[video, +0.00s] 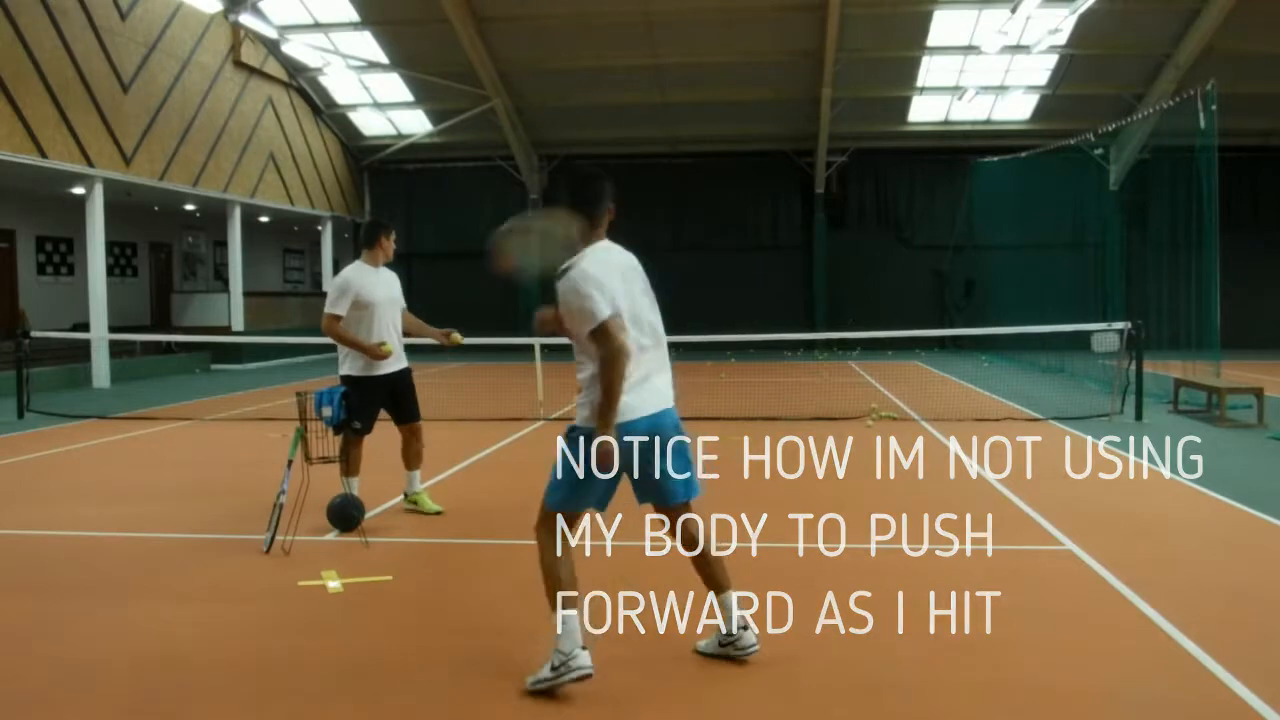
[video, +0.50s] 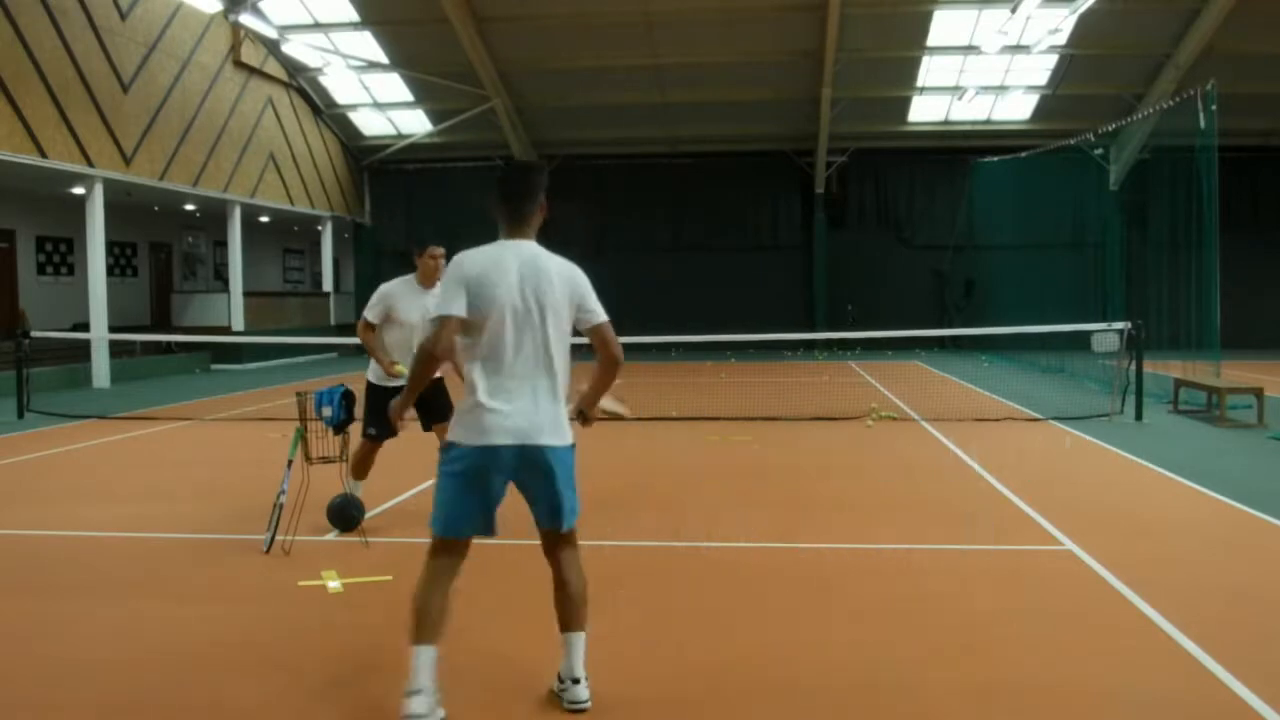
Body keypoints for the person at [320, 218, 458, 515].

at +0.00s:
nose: (395, 247)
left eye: (394, 241)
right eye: (393, 241)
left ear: (379, 242)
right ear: (381, 242)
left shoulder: (391, 277)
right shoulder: (347, 278)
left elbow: (401, 318)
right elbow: (329, 325)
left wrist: (437, 334)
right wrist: (366, 348)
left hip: (397, 371)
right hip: (360, 375)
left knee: (412, 429)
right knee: (353, 437)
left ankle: (413, 492)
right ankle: (351, 502)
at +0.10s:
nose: (398, 249)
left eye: (397, 243)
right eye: (395, 243)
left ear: (383, 245)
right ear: (384, 244)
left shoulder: (394, 279)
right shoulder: (349, 281)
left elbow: (407, 318)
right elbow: (330, 328)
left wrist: (443, 332)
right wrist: (365, 351)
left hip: (398, 370)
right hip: (361, 375)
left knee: (423, 423)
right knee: (356, 438)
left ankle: (418, 486)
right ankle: (351, 500)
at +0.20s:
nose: (406, 250)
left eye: (405, 245)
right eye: (402, 245)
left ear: (391, 247)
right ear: (388, 246)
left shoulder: (401, 280)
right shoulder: (353, 282)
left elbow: (415, 319)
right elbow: (332, 328)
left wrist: (454, 336)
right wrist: (366, 354)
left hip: (402, 371)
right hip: (363, 377)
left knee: (427, 427)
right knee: (357, 439)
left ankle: (433, 492)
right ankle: (351, 500)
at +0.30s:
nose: (415, 252)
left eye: (415, 247)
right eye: (410, 247)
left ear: (408, 251)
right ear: (391, 249)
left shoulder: (415, 284)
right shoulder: (362, 284)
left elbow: (426, 324)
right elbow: (338, 327)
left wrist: (457, 343)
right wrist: (368, 356)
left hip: (407, 375)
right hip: (367, 378)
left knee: (428, 429)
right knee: (358, 440)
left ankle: (452, 495)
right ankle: (351, 502)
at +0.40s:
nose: (424, 258)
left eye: (427, 253)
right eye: (418, 252)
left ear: (429, 257)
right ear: (402, 254)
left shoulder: (432, 292)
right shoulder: (374, 288)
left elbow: (442, 336)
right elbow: (349, 327)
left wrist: (469, 366)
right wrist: (375, 358)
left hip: (415, 379)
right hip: (374, 381)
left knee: (436, 435)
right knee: (362, 443)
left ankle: (456, 502)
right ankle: (351, 503)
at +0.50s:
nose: (439, 264)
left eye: (442, 258)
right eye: (432, 258)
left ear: (446, 262)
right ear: (418, 260)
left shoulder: (448, 294)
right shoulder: (390, 292)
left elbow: (451, 342)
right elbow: (365, 329)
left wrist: (469, 379)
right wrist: (385, 362)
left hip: (429, 379)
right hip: (386, 381)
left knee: (450, 436)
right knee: (372, 441)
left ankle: (456, 499)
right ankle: (352, 497)